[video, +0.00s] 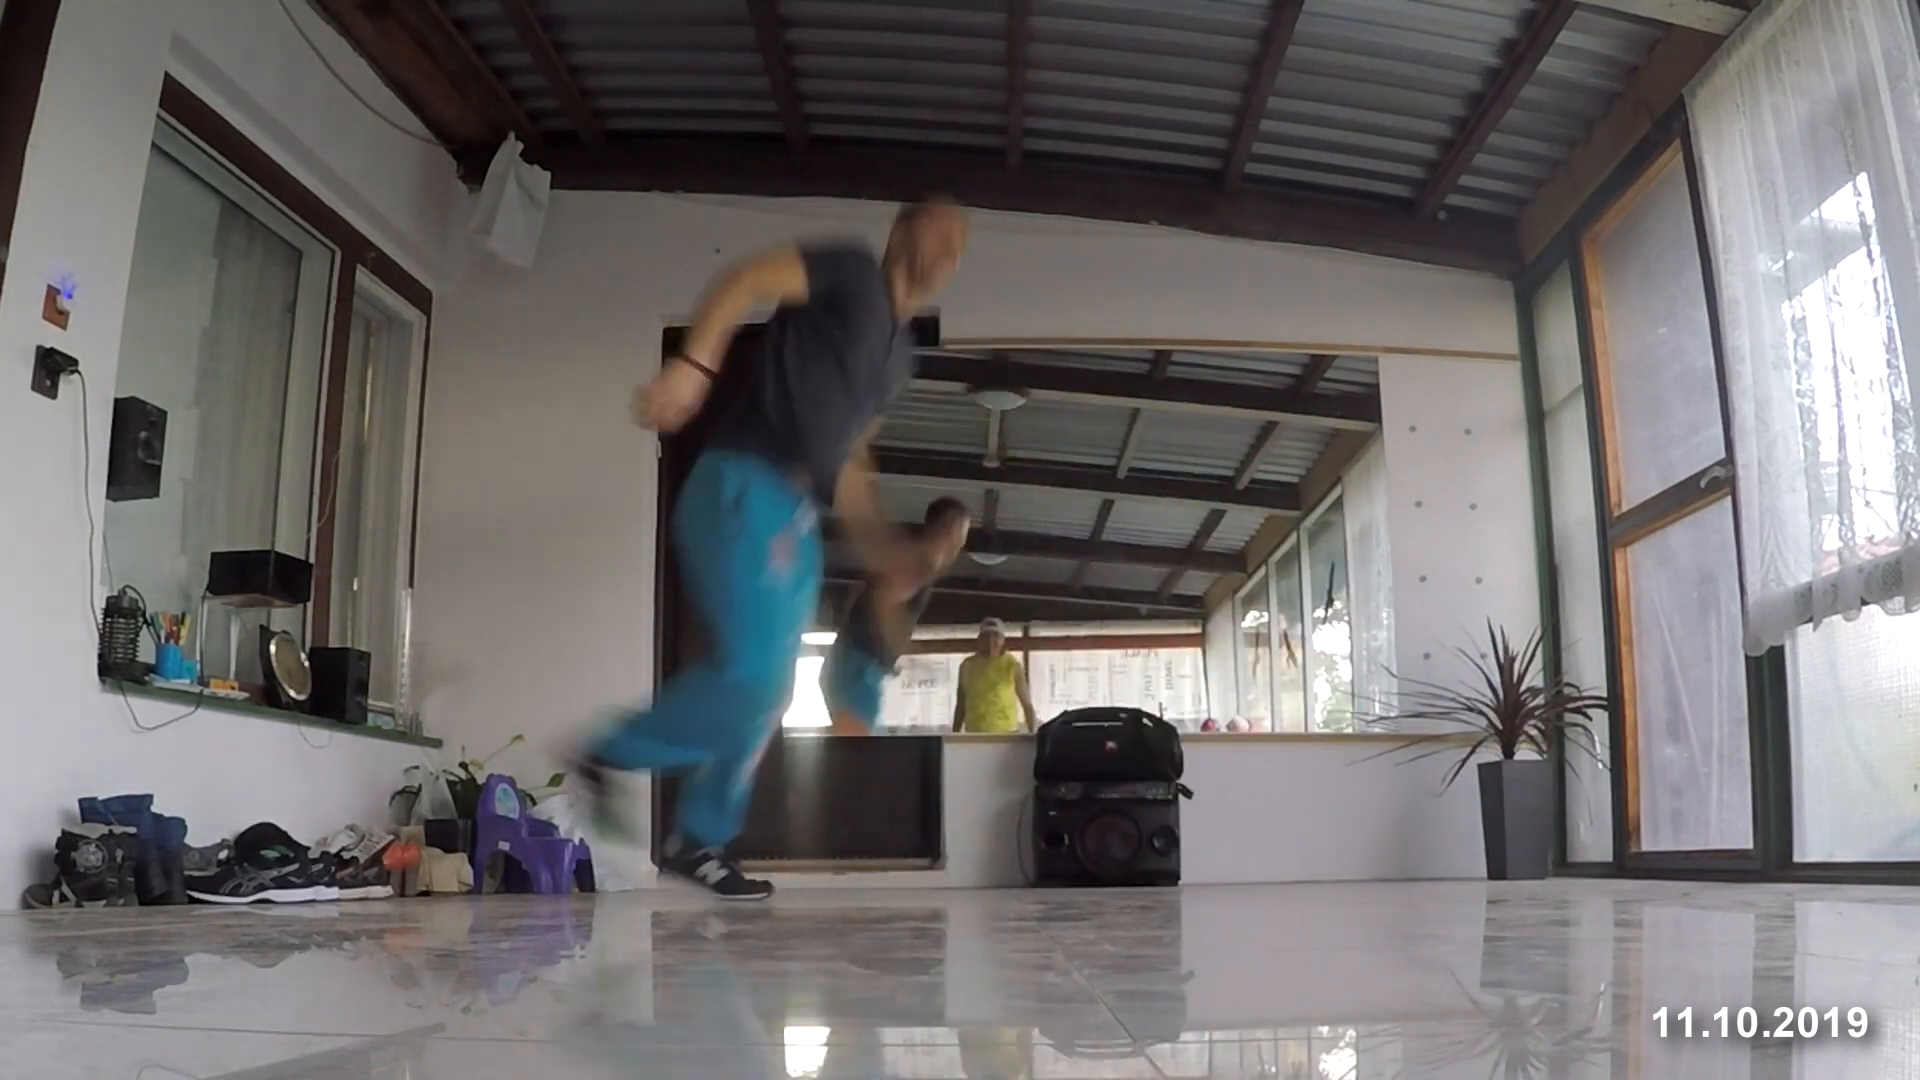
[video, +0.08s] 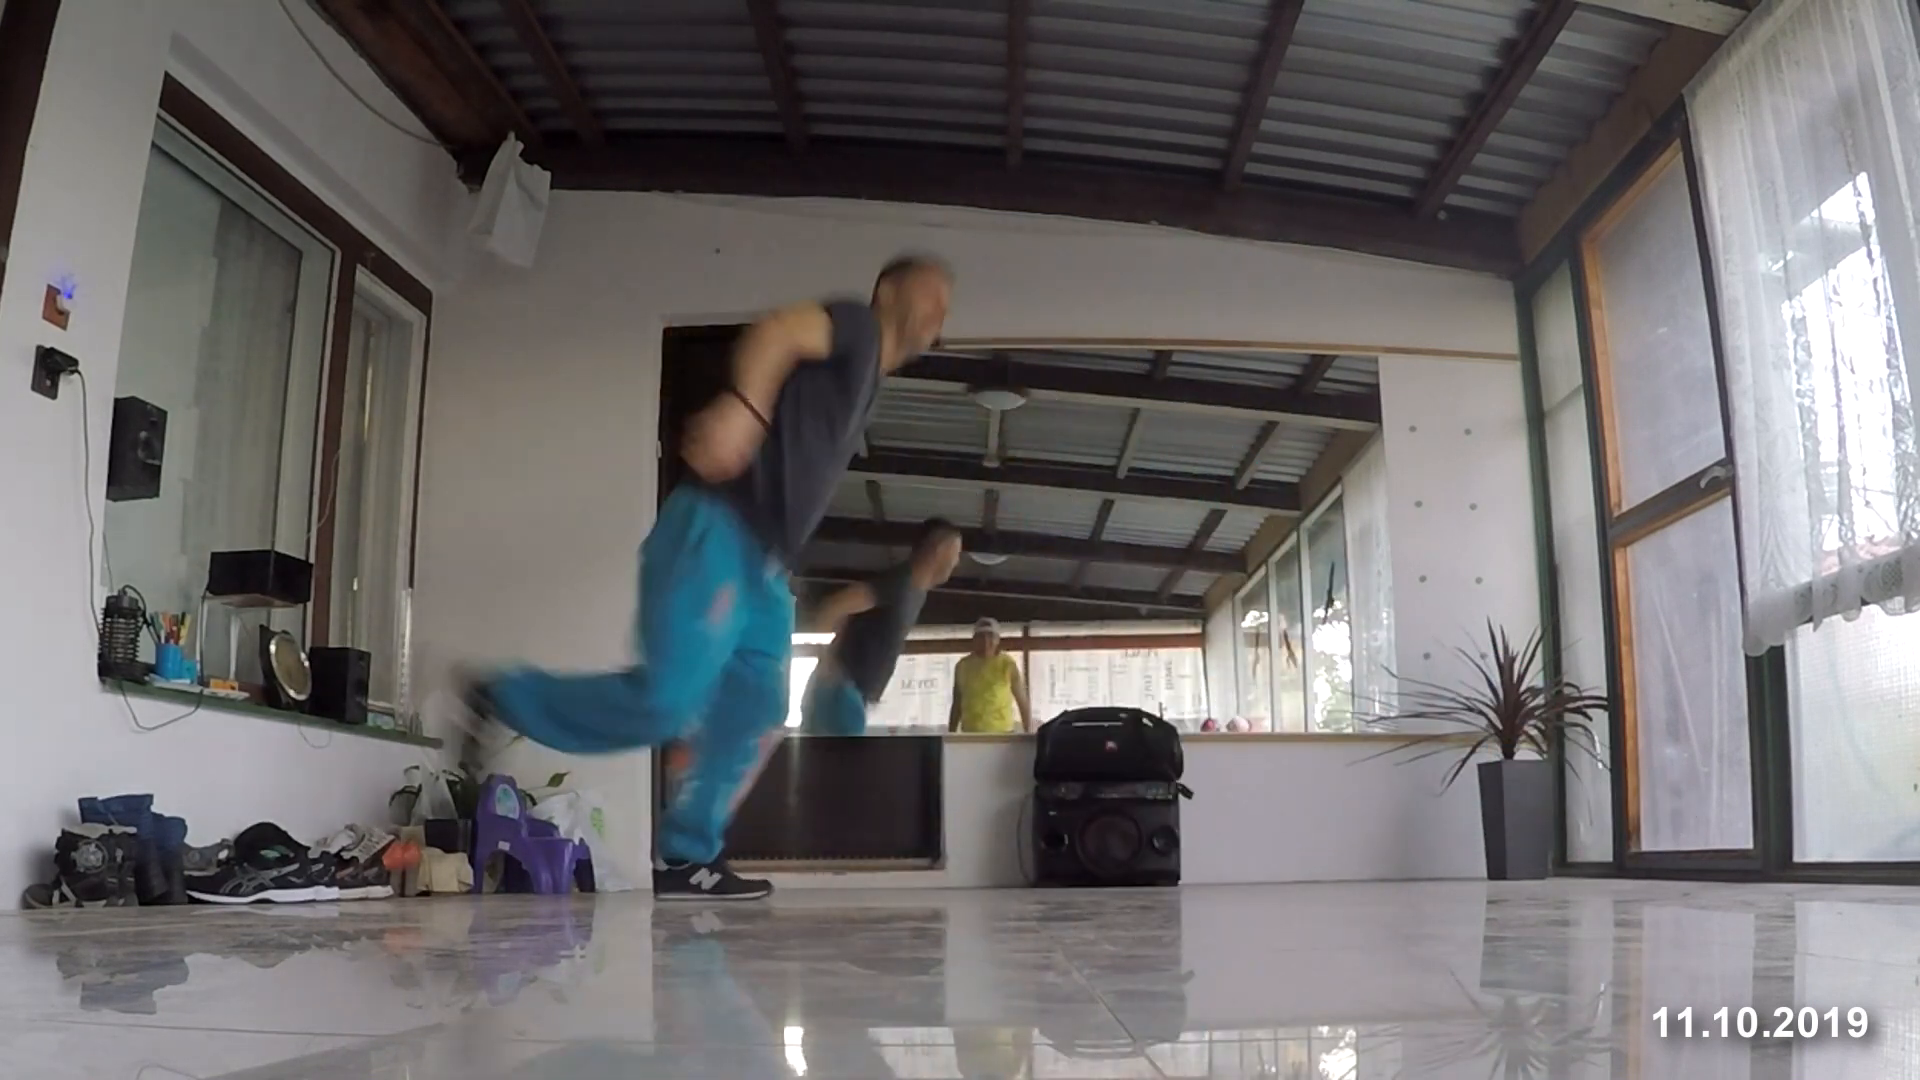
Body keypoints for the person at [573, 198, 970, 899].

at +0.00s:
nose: (949, 260)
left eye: (959, 251)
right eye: (942, 242)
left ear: (956, 262)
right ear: (903, 232)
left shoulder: (895, 353)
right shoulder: (852, 269)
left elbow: (850, 464)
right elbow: (743, 282)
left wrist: (883, 552)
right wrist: (695, 366)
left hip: (795, 511)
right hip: (740, 483)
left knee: (765, 683)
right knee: (751, 674)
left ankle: (698, 844)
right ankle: (606, 756)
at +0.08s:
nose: (942, 319)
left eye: (947, 306)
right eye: (935, 301)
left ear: (921, 310)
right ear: (898, 293)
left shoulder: (864, 372)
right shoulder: (856, 323)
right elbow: (777, 330)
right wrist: (744, 409)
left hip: (765, 565)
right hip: (716, 529)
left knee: (756, 709)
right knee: (665, 704)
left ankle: (687, 859)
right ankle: (498, 695)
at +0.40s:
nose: (879, 200)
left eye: (892, 194)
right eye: (872, 178)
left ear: (893, 205)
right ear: (832, 163)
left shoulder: (836, 295)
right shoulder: (773, 199)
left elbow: (778, 395)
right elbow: (667, 252)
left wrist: (767, 497)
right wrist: (666, 372)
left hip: (740, 482)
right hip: (669, 432)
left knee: (707, 657)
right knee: (597, 584)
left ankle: (619, 822)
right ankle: (482, 755)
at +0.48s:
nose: (856, 176)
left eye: (869, 169)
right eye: (845, 155)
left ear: (874, 183)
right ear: (801, 146)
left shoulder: (833, 286)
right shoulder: (728, 203)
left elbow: (820, 407)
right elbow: (633, 286)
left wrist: (853, 522)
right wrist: (603, 406)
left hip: (737, 482)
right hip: (657, 436)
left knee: (691, 660)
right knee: (618, 600)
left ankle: (555, 823)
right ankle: (597, 796)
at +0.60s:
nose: (807, 181)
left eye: (820, 171)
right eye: (791, 162)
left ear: (827, 187)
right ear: (748, 166)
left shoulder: (826, 305)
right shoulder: (683, 248)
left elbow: (877, 427)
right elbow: (574, 344)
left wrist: (944, 528)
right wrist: (529, 469)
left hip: (727, 518)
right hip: (646, 479)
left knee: (666, 674)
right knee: (679, 642)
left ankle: (521, 839)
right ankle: (651, 852)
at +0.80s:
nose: (843, 62)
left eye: (855, 49)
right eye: (828, 42)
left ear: (865, 63)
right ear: (783, 45)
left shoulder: (873, 175)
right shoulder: (711, 126)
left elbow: (921, 287)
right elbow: (618, 221)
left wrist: (945, 313)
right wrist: (579, 335)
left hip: (794, 417)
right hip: (695, 390)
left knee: (779, 609)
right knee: (661, 588)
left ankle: (685, 791)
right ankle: (617, 804)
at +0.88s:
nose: (864, 28)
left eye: (876, 17)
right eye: (848, 10)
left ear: (884, 31)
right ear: (801, 16)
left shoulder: (896, 145)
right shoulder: (723, 105)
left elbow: (949, 259)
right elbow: (636, 208)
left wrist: (974, 298)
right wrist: (599, 327)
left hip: (826, 384)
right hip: (713, 362)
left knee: (833, 574)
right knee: (681, 534)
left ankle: (771, 784)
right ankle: (620, 729)